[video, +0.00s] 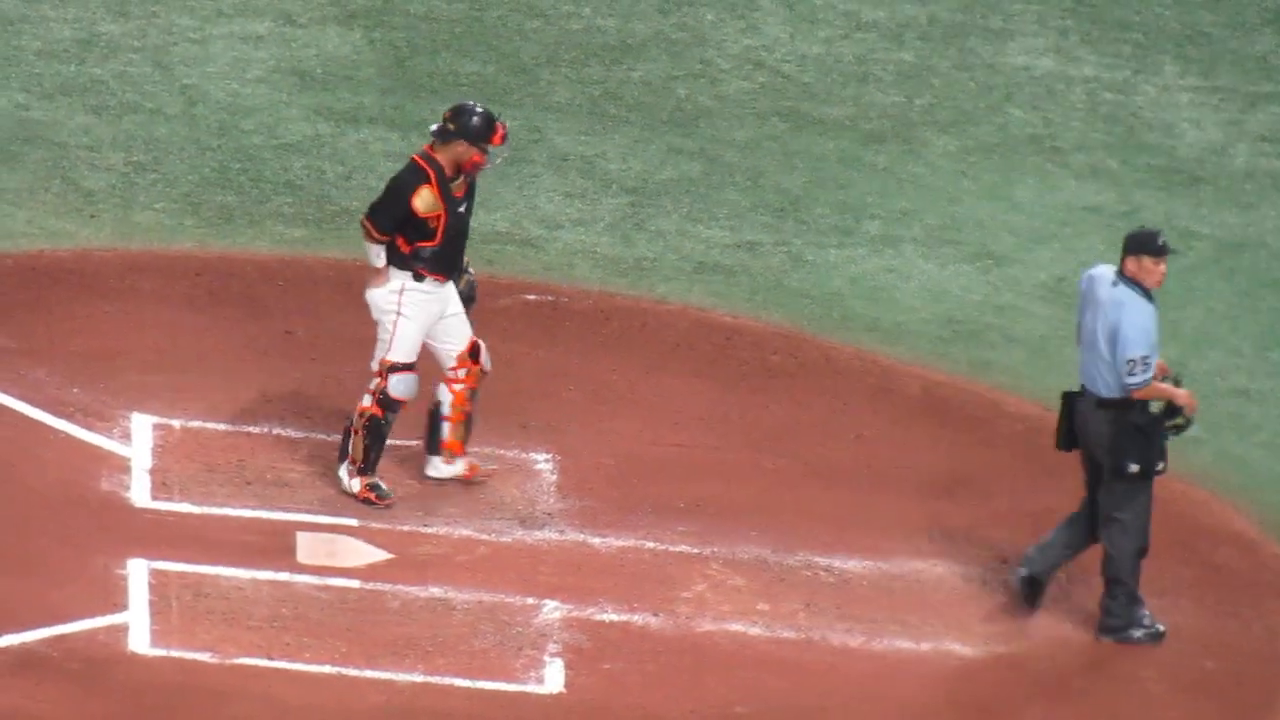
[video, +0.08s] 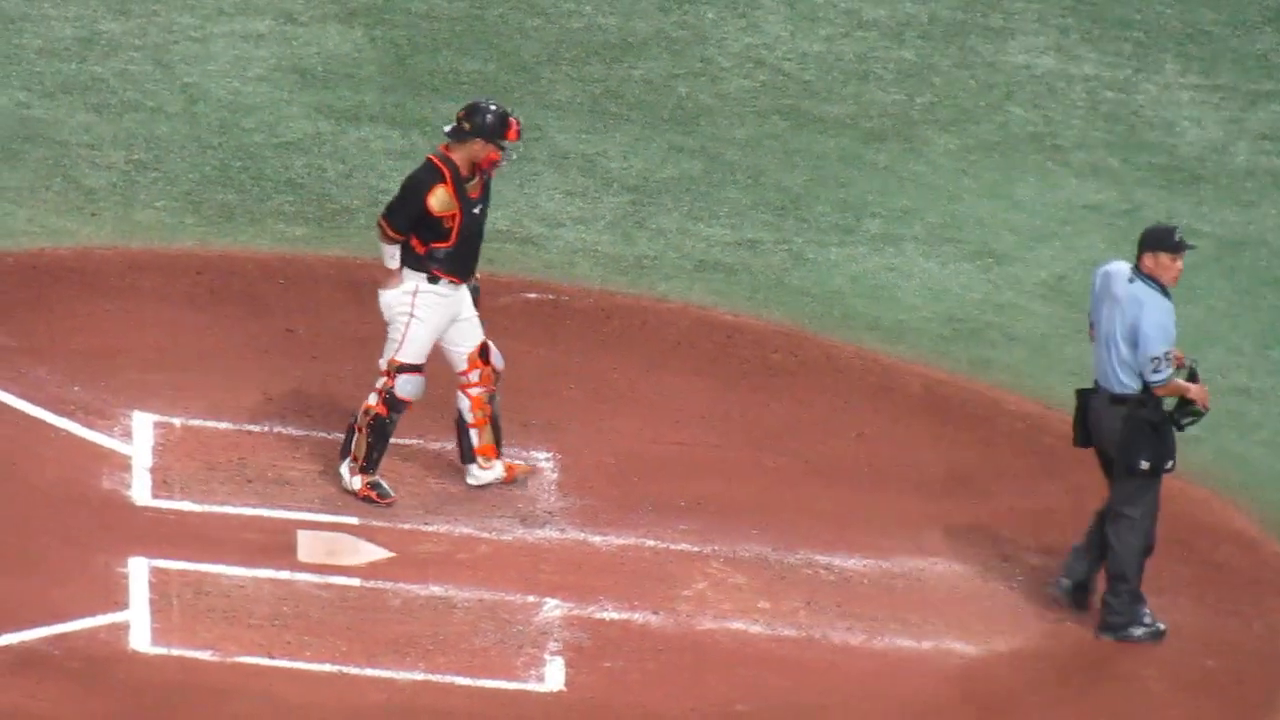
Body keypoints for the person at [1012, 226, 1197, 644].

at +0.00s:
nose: (1163, 269)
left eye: (1163, 261)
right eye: (1155, 261)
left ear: (1130, 264)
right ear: (1132, 263)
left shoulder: (1096, 278)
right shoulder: (1137, 312)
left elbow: (1097, 339)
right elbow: (1137, 384)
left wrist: (1146, 364)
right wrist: (1176, 395)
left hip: (1089, 409)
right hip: (1121, 420)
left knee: (1097, 512)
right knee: (1127, 526)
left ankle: (1035, 569)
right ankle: (1120, 617)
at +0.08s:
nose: (1181, 266)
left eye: (1181, 258)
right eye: (1174, 258)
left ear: (1145, 259)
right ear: (1150, 259)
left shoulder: (1110, 273)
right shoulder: (1156, 309)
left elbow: (1098, 331)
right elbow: (1158, 380)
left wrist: (1157, 353)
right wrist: (1189, 390)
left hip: (1101, 407)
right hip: (1133, 418)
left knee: (1123, 503)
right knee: (1134, 517)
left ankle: (1078, 573)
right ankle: (1122, 614)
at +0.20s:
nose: (1202, 268)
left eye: (1202, 261)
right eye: (1197, 261)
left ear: (1169, 262)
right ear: (1173, 262)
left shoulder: (1127, 276)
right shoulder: (1181, 311)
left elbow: (1112, 336)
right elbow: (1182, 384)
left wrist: (1171, 353)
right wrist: (1209, 389)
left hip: (1121, 409)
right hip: (1152, 420)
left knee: (1155, 508)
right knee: (1145, 517)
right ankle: (1123, 619)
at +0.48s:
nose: (1235, 255)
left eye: (1233, 248)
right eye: (1229, 249)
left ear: (1199, 253)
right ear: (1207, 252)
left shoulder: (1159, 275)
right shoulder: (1221, 301)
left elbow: (1144, 336)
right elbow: (1227, 376)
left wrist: (1194, 334)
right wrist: (1256, 373)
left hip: (1166, 402)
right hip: (1204, 413)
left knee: (1189, 504)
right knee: (1201, 519)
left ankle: (1204, 595)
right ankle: (1136, 603)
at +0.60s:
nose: (1246, 251)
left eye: (1244, 244)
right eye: (1241, 245)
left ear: (1210, 249)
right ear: (1219, 249)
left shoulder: (1171, 277)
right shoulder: (1237, 296)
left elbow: (1154, 340)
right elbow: (1243, 374)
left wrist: (1200, 339)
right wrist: (1269, 372)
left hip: (1178, 404)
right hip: (1218, 413)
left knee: (1196, 504)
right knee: (1244, 515)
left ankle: (1205, 599)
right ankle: (1173, 588)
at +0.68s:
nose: (1256, 247)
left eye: (1254, 239)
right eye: (1250, 240)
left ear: (1218, 244)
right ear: (1229, 243)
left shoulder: (1179, 273)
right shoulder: (1247, 290)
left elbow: (1160, 339)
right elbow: (1253, 368)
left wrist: (1207, 340)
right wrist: (1276, 369)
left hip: (1188, 399)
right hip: (1230, 408)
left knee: (1199, 496)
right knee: (1264, 505)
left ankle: (1204, 594)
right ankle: (1201, 584)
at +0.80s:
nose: (1267, 239)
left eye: (1265, 232)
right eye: (1263, 233)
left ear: (1227, 237)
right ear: (1247, 237)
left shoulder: (1188, 271)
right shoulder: (1264, 284)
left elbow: (1168, 336)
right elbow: (1269, 361)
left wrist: (1215, 339)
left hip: (1202, 396)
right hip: (1249, 401)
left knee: (1205, 496)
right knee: (1273, 494)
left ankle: (1204, 594)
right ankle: (1255, 592)